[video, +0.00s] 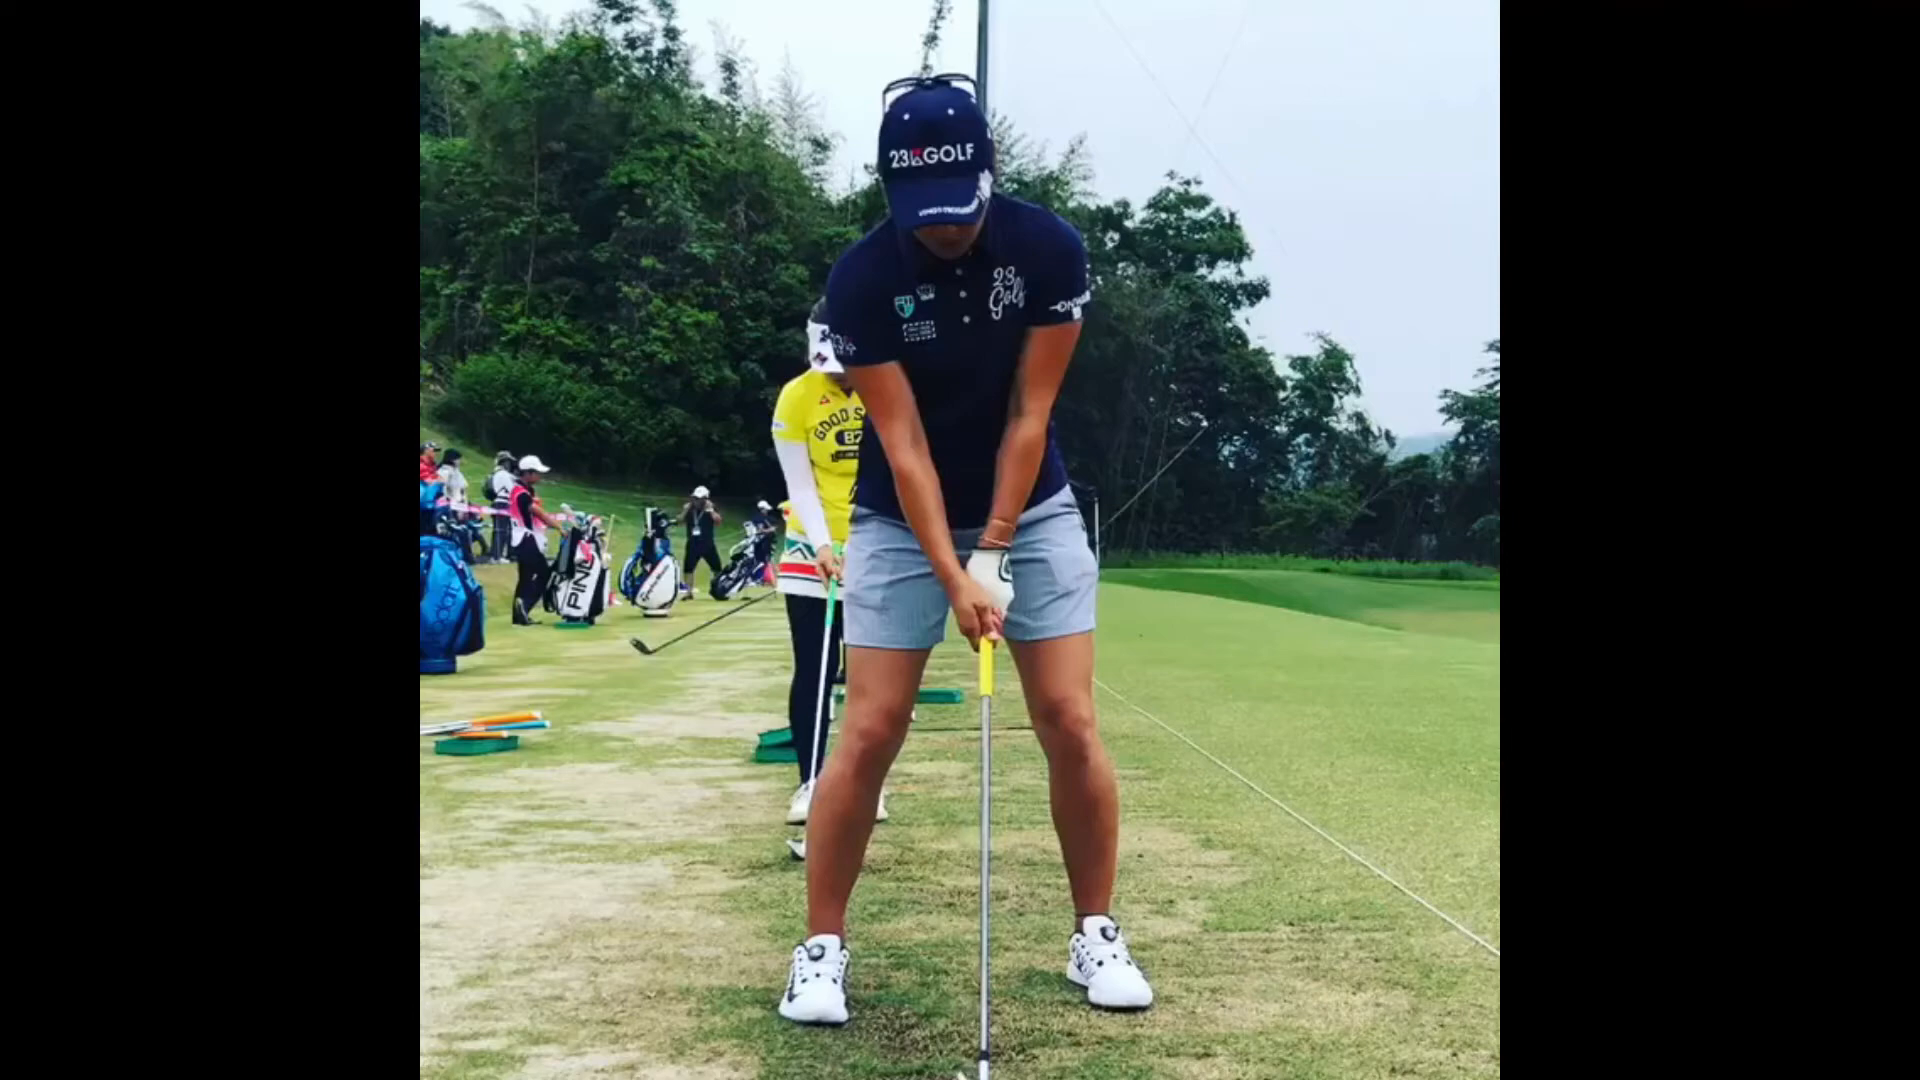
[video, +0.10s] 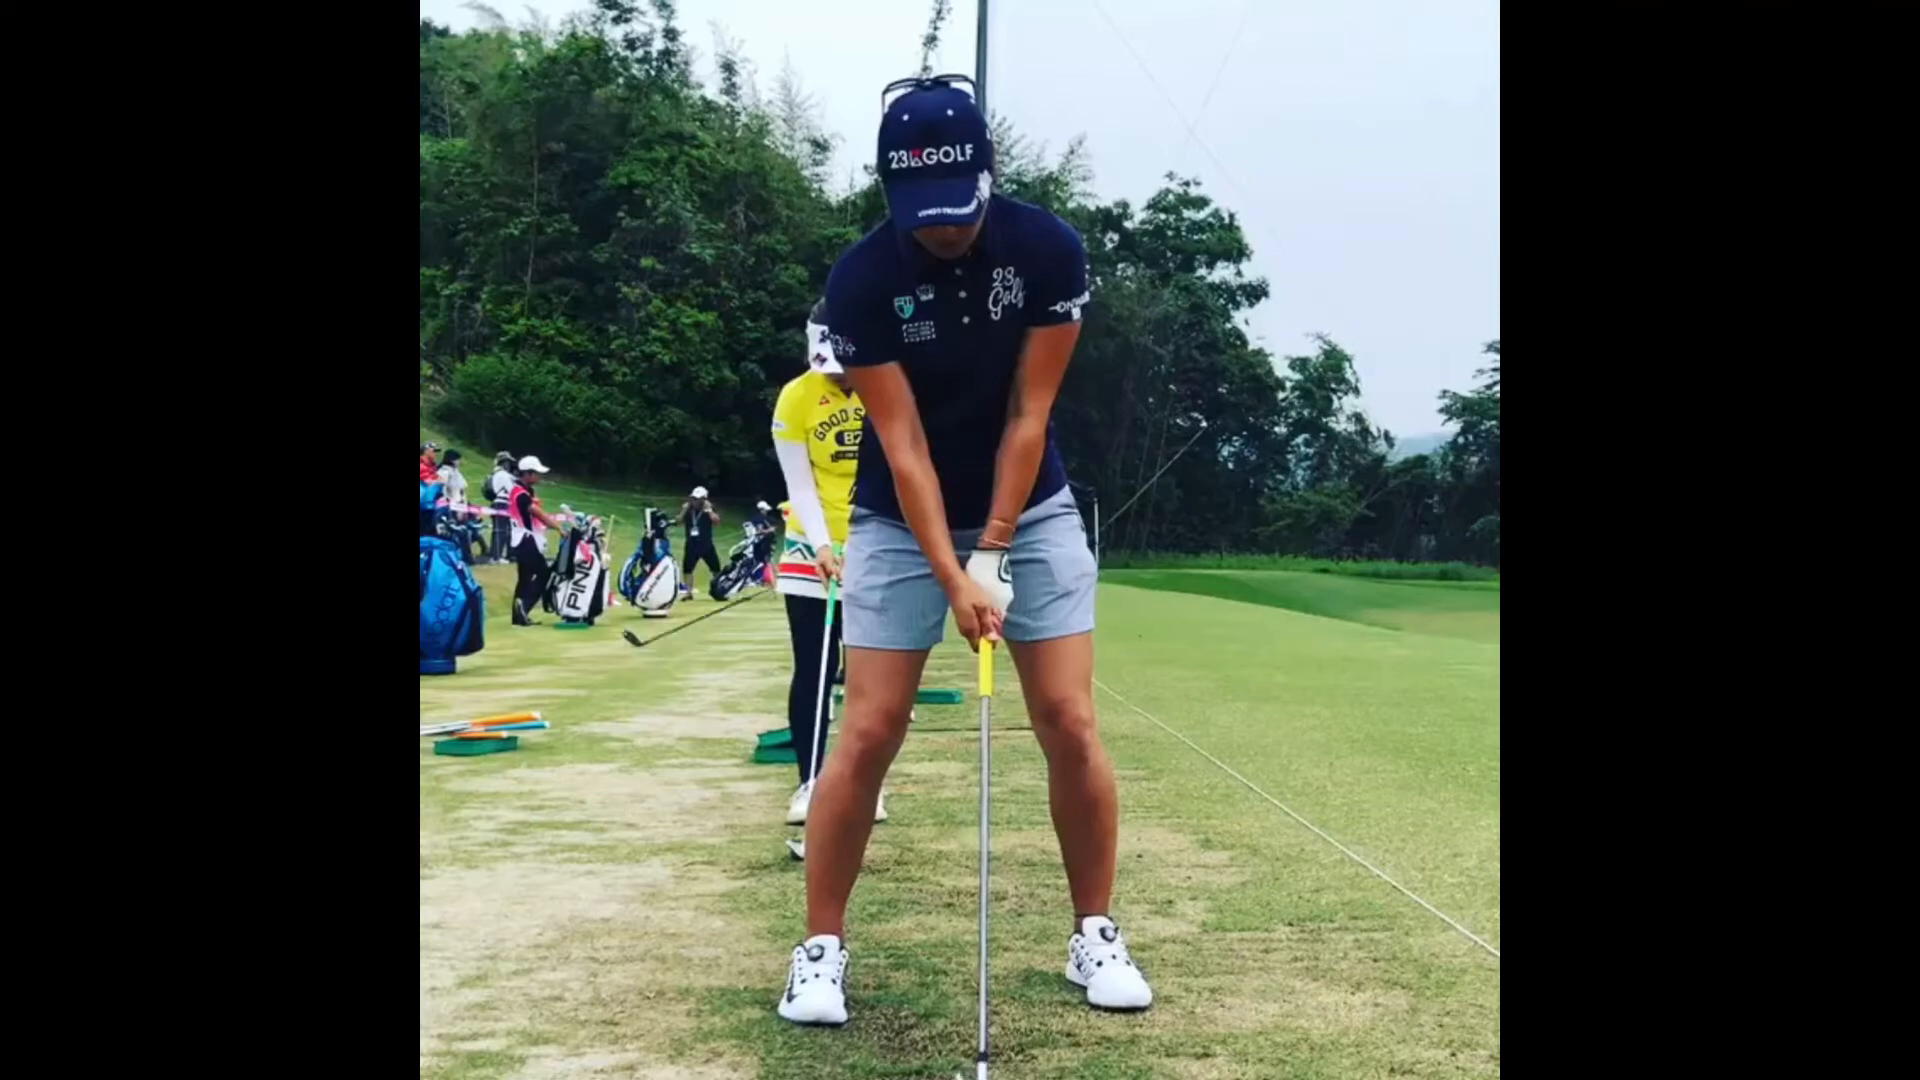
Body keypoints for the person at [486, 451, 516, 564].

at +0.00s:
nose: (511, 466)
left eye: (511, 463)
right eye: (510, 463)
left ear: (499, 463)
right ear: (506, 463)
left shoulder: (494, 475)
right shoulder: (509, 476)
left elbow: (488, 490)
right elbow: (512, 489)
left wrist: (495, 497)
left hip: (496, 501)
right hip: (506, 502)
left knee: (497, 528)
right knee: (505, 528)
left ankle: (495, 553)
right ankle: (502, 553)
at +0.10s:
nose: (511, 466)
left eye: (510, 463)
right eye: (509, 463)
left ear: (499, 463)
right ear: (505, 463)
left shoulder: (494, 475)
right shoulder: (507, 476)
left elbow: (488, 490)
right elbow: (511, 489)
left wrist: (495, 497)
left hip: (496, 502)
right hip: (505, 503)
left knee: (497, 529)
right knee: (504, 529)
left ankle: (495, 553)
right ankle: (499, 554)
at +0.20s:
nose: (508, 467)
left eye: (508, 465)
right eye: (507, 465)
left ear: (496, 465)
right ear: (503, 465)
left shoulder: (492, 476)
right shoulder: (505, 477)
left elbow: (485, 491)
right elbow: (509, 491)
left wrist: (492, 498)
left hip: (493, 503)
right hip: (502, 504)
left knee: (494, 530)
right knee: (501, 530)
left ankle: (492, 555)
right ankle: (497, 555)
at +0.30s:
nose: (505, 468)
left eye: (505, 466)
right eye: (503, 466)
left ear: (493, 466)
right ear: (500, 466)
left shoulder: (488, 477)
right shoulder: (501, 478)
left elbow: (483, 492)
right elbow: (505, 491)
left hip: (490, 504)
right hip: (498, 505)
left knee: (491, 531)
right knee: (498, 532)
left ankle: (489, 556)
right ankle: (493, 556)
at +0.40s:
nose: (501, 469)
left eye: (500, 466)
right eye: (499, 466)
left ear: (488, 466)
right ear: (496, 466)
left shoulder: (484, 478)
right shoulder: (497, 478)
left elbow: (479, 493)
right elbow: (502, 492)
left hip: (486, 505)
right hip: (494, 506)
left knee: (487, 532)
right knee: (494, 532)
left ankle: (485, 556)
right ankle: (489, 557)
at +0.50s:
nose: (496, 469)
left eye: (495, 467)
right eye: (494, 467)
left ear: (484, 467)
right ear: (491, 467)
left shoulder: (479, 478)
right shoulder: (494, 480)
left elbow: (473, 494)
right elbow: (498, 493)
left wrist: (480, 501)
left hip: (481, 506)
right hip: (491, 507)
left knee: (482, 533)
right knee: (490, 533)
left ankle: (480, 557)